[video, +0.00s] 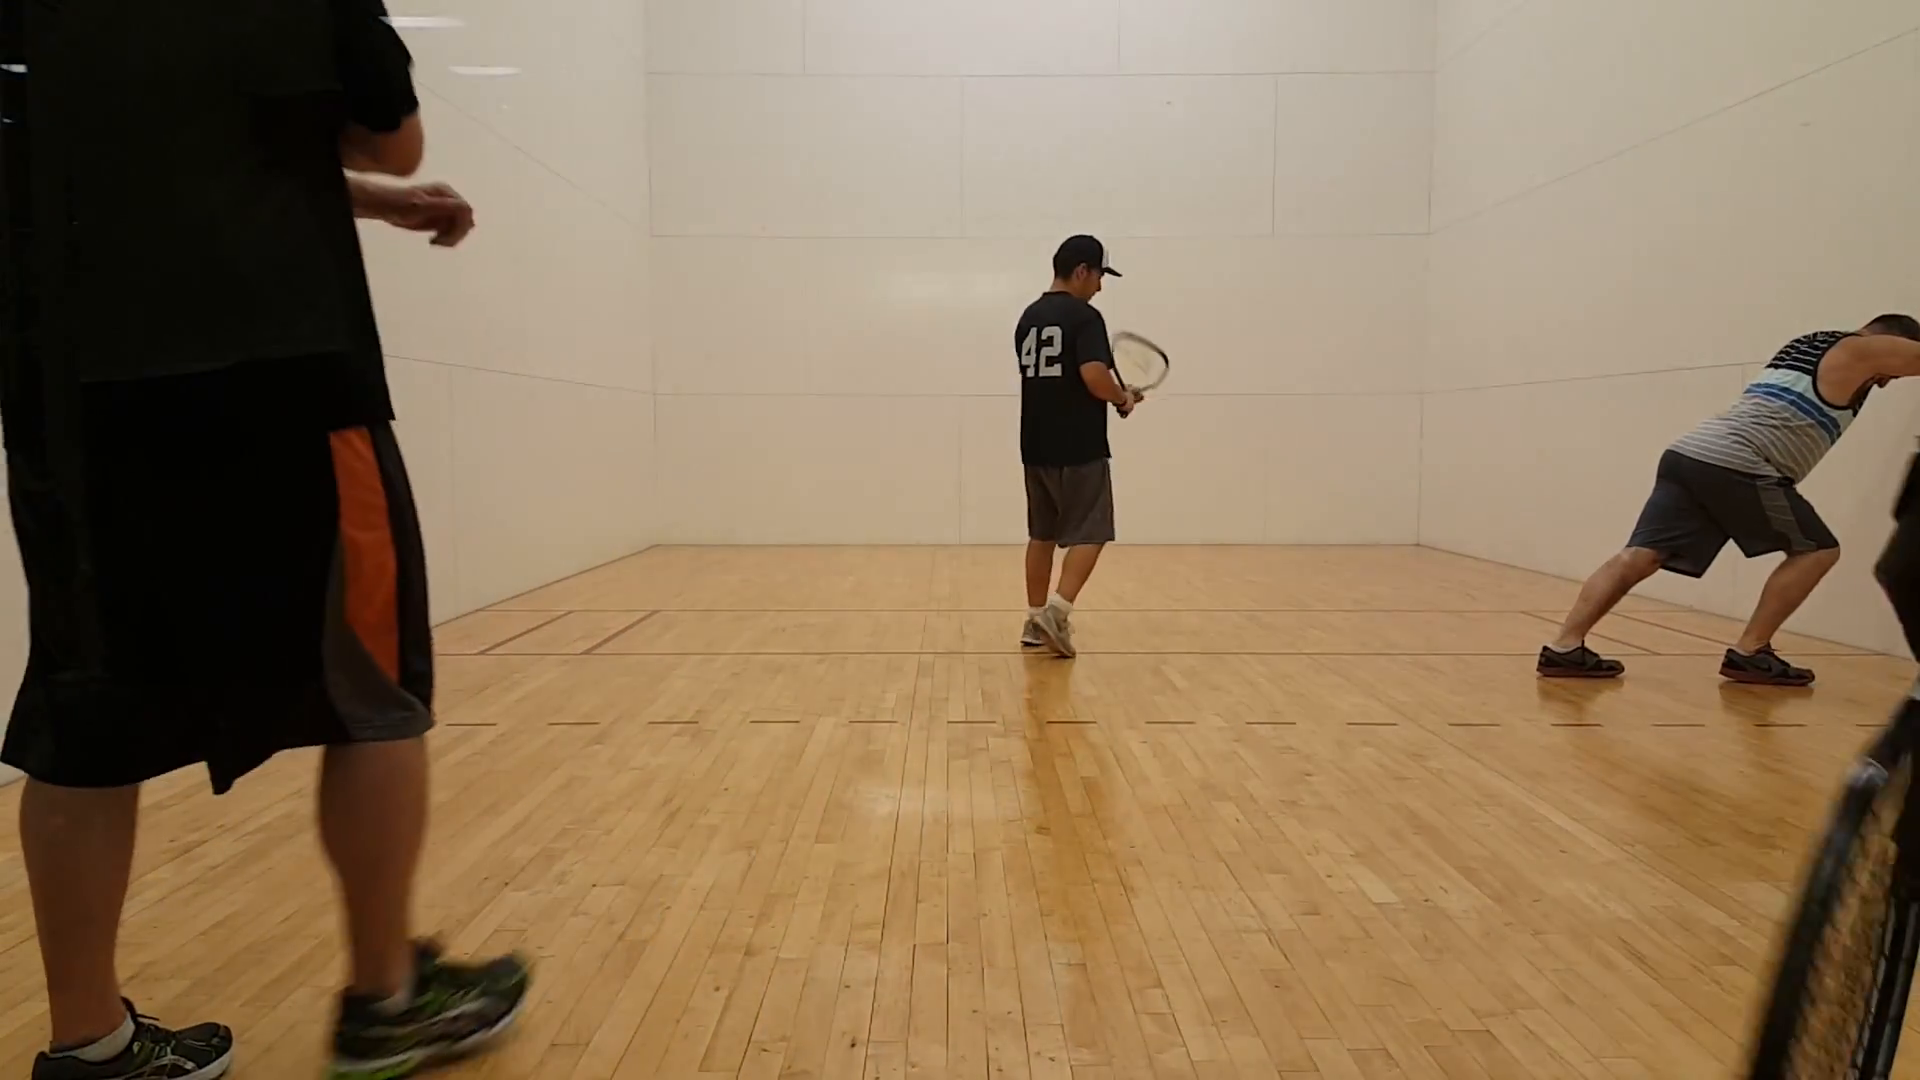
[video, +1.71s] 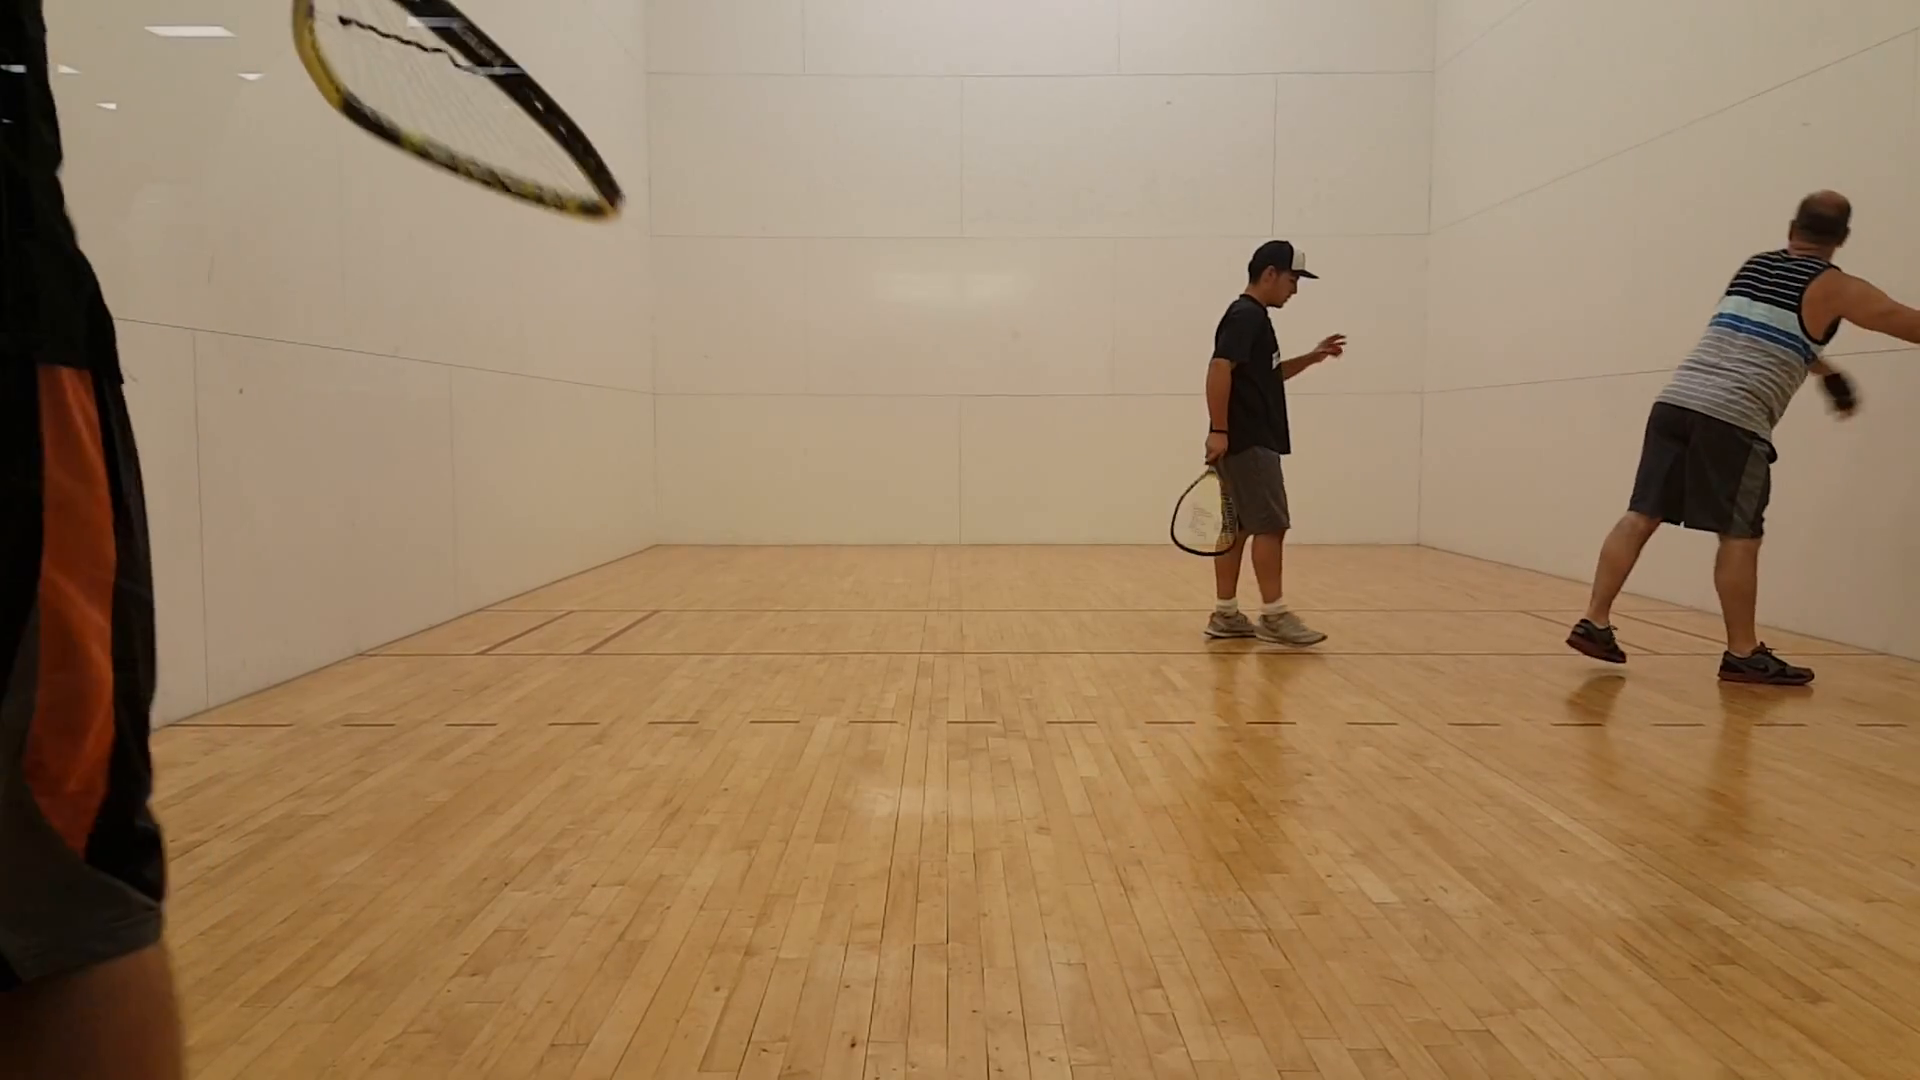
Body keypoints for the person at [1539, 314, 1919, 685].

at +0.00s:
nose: (1896, 377)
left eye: (1902, 368)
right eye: (1902, 364)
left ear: (1873, 332)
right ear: (1890, 342)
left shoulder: (1807, 345)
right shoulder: (1862, 350)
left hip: (1687, 456)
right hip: (1740, 467)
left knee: (1637, 557)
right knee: (1818, 550)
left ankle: (1564, 646)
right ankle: (1750, 651)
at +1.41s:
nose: (1906, 347)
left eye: (1908, 341)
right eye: (1907, 340)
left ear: (1866, 317)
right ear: (1894, 331)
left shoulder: (1807, 342)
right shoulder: (1862, 347)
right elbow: (1918, 353)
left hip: (1696, 457)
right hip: (1752, 466)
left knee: (1646, 557)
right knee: (1821, 555)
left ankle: (1566, 644)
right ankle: (1750, 653)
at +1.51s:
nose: (1892, 308)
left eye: (1893, 301)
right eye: (1893, 301)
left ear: (1842, 281)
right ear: (1886, 298)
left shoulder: (1797, 311)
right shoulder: (1860, 325)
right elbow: (1918, 342)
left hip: (1685, 434)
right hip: (1745, 445)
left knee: (1642, 536)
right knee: (1798, 545)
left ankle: (1573, 633)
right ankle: (1747, 653)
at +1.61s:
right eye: (1865, 260)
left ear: (1818, 246)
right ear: (1865, 261)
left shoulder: (1777, 281)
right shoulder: (1849, 299)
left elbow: (1837, 337)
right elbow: (1914, 321)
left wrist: (1900, 353)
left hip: (1679, 412)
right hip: (1739, 427)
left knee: (1641, 520)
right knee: (1766, 536)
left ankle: (1585, 622)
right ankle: (1746, 652)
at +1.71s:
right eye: (1842, 234)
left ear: (1793, 226)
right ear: (1842, 238)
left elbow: (1775, 332)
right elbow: (1910, 325)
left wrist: (1826, 373)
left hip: (1674, 406)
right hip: (1734, 425)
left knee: (1640, 516)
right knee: (1740, 538)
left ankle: (1593, 622)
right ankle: (1742, 652)